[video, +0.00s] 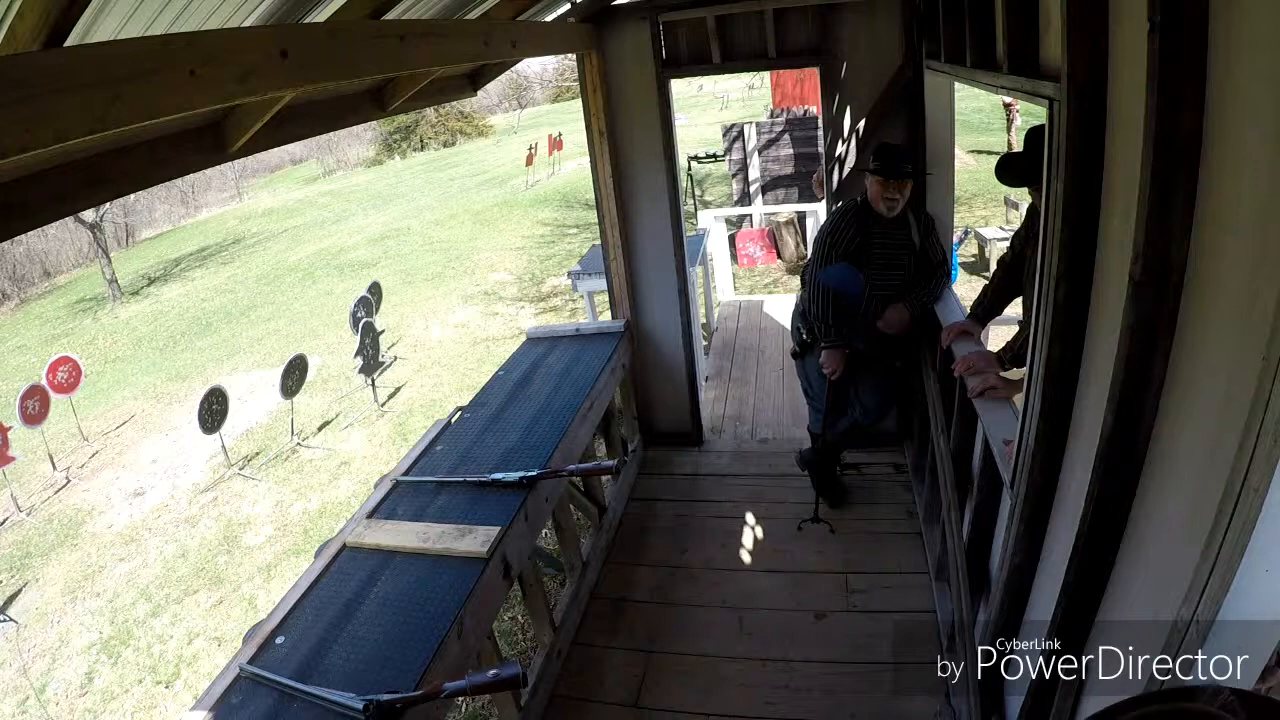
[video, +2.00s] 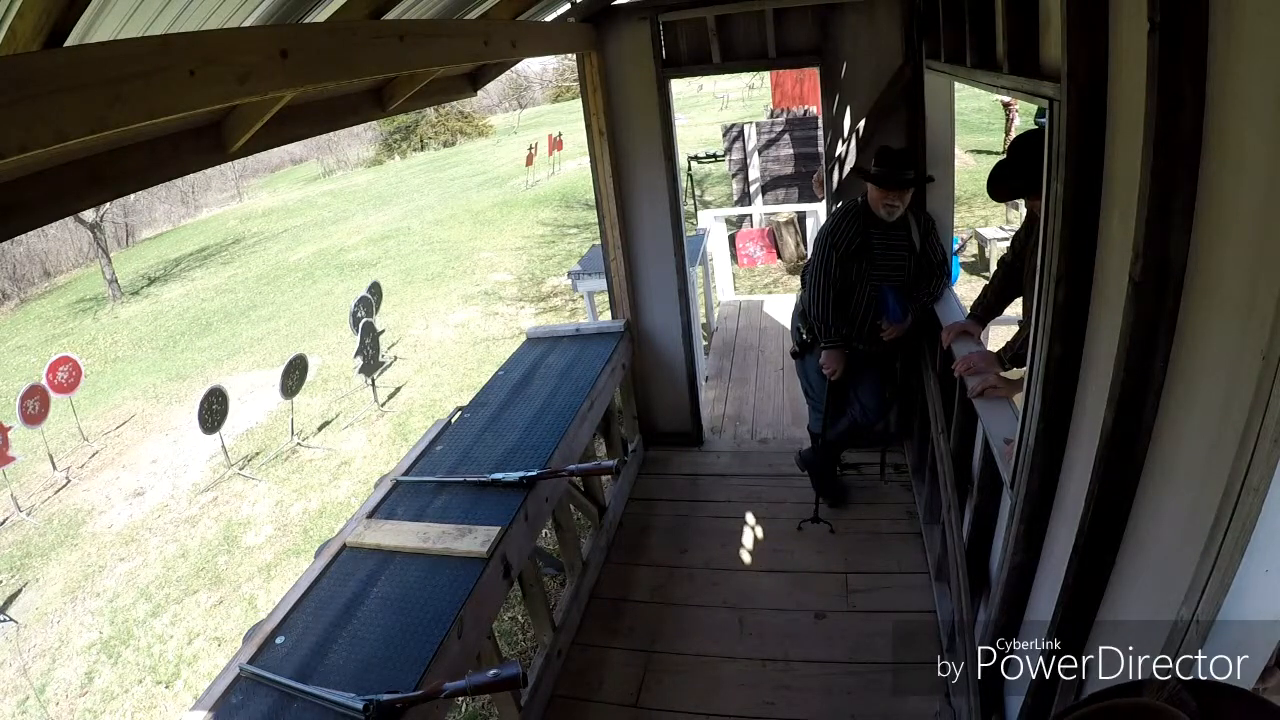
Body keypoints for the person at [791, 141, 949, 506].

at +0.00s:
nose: (893, 189)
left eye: (902, 180)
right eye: (884, 179)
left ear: (912, 184)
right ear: (868, 180)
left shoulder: (920, 223)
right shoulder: (846, 221)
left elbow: (939, 274)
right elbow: (818, 279)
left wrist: (909, 307)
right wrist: (831, 342)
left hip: (880, 334)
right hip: (826, 332)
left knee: (875, 407)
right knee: (828, 407)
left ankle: (818, 454)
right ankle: (825, 470)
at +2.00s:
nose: (894, 196)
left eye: (903, 188)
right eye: (884, 186)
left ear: (914, 189)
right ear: (868, 184)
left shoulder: (922, 226)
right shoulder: (844, 224)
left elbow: (938, 275)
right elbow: (820, 282)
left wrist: (909, 317)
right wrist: (830, 343)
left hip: (875, 336)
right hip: (824, 335)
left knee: (871, 409)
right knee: (827, 411)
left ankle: (817, 456)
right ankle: (827, 478)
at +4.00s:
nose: (880, 198)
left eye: (891, 190)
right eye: (873, 188)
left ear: (908, 192)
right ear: (863, 186)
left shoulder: (919, 225)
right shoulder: (842, 225)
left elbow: (937, 275)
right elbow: (820, 285)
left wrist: (907, 317)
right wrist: (830, 344)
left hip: (876, 337)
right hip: (825, 338)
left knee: (874, 410)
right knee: (830, 413)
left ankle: (843, 467)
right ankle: (832, 484)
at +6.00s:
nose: (872, 203)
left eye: (879, 196)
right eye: (864, 196)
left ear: (890, 189)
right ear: (849, 186)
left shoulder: (909, 212)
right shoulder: (826, 213)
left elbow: (951, 244)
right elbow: (798, 263)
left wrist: (937, 297)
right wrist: (787, 317)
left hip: (888, 333)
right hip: (836, 333)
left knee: (874, 404)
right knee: (829, 405)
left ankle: (865, 462)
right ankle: (823, 474)